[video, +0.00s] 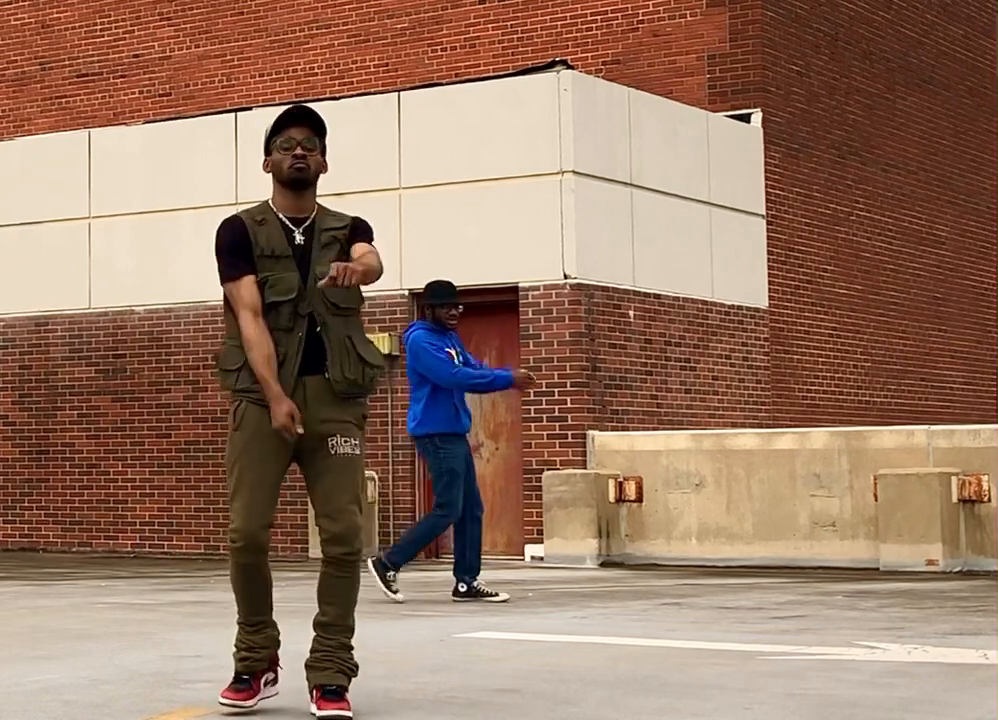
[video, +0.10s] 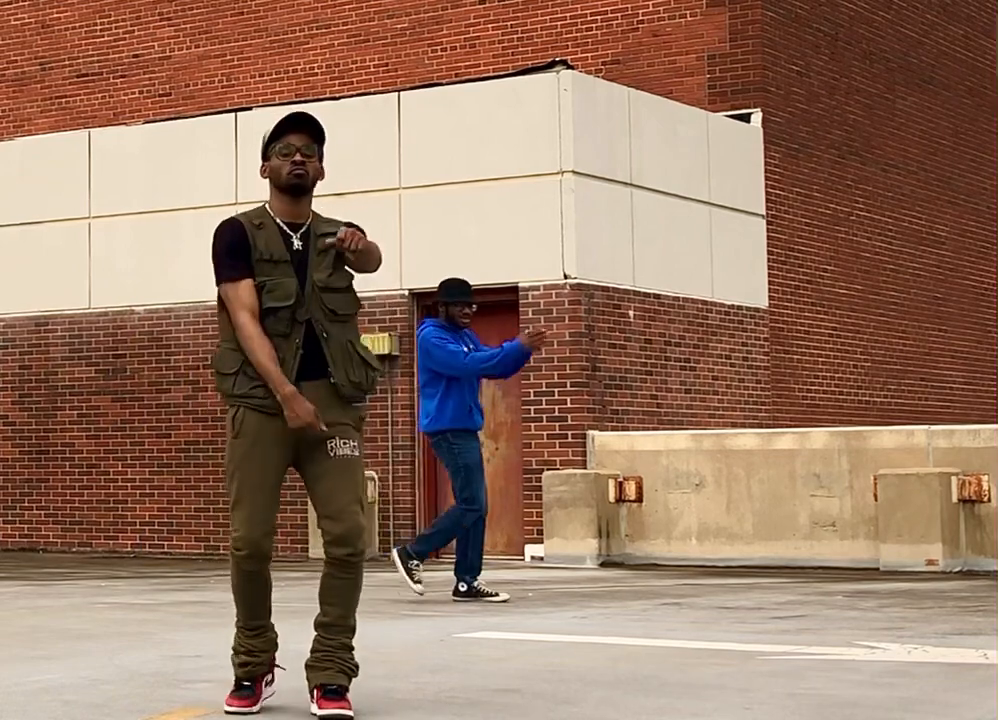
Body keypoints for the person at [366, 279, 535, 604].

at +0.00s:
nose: (454, 314)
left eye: (457, 308)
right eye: (448, 308)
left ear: (456, 309)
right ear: (430, 309)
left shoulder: (449, 339)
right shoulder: (420, 340)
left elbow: (474, 372)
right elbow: (452, 377)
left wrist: (510, 377)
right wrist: (507, 378)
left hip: (455, 434)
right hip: (437, 435)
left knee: (470, 509)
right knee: (447, 511)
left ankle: (466, 581)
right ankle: (387, 563)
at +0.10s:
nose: (466, 313)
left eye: (469, 308)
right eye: (460, 307)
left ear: (470, 308)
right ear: (444, 307)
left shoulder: (466, 337)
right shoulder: (430, 336)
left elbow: (498, 368)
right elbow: (465, 363)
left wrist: (523, 349)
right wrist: (515, 347)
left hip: (466, 429)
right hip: (449, 430)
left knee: (475, 506)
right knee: (471, 505)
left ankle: (467, 581)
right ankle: (411, 553)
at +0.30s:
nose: (504, 313)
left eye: (507, 308)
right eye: (498, 307)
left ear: (511, 308)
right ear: (482, 304)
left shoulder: (507, 333)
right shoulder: (465, 332)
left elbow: (539, 361)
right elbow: (497, 360)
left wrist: (544, 327)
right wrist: (534, 326)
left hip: (497, 424)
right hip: (481, 425)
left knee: (486, 504)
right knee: (518, 500)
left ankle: (467, 580)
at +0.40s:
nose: (529, 317)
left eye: (533, 311)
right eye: (524, 310)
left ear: (536, 310)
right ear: (507, 307)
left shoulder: (534, 340)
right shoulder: (490, 340)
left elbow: (550, 381)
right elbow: (507, 386)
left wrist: (572, 382)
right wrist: (555, 378)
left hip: (525, 435)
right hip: (506, 436)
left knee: (498, 509)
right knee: (537, 509)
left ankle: (468, 579)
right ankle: (570, 584)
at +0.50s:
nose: (550, 316)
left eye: (553, 310)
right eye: (542, 310)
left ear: (557, 310)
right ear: (525, 310)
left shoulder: (559, 345)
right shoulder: (511, 344)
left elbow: (572, 395)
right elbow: (516, 399)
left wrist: (589, 438)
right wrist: (539, 443)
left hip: (549, 436)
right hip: (527, 436)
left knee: (524, 509)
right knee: (559, 507)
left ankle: (476, 573)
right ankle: (578, 587)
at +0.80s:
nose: (594, 309)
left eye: (599, 302)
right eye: (587, 303)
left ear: (608, 302)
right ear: (575, 303)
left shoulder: (610, 330)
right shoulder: (560, 329)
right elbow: (517, 354)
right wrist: (475, 371)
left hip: (604, 433)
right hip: (573, 432)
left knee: (624, 502)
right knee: (581, 511)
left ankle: (576, 562)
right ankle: (581, 588)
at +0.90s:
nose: (608, 307)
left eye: (614, 301)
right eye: (602, 302)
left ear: (625, 301)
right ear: (592, 301)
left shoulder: (630, 330)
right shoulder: (577, 329)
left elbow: (605, 366)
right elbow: (532, 350)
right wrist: (487, 365)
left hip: (619, 432)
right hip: (585, 433)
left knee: (644, 500)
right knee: (588, 510)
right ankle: (582, 586)